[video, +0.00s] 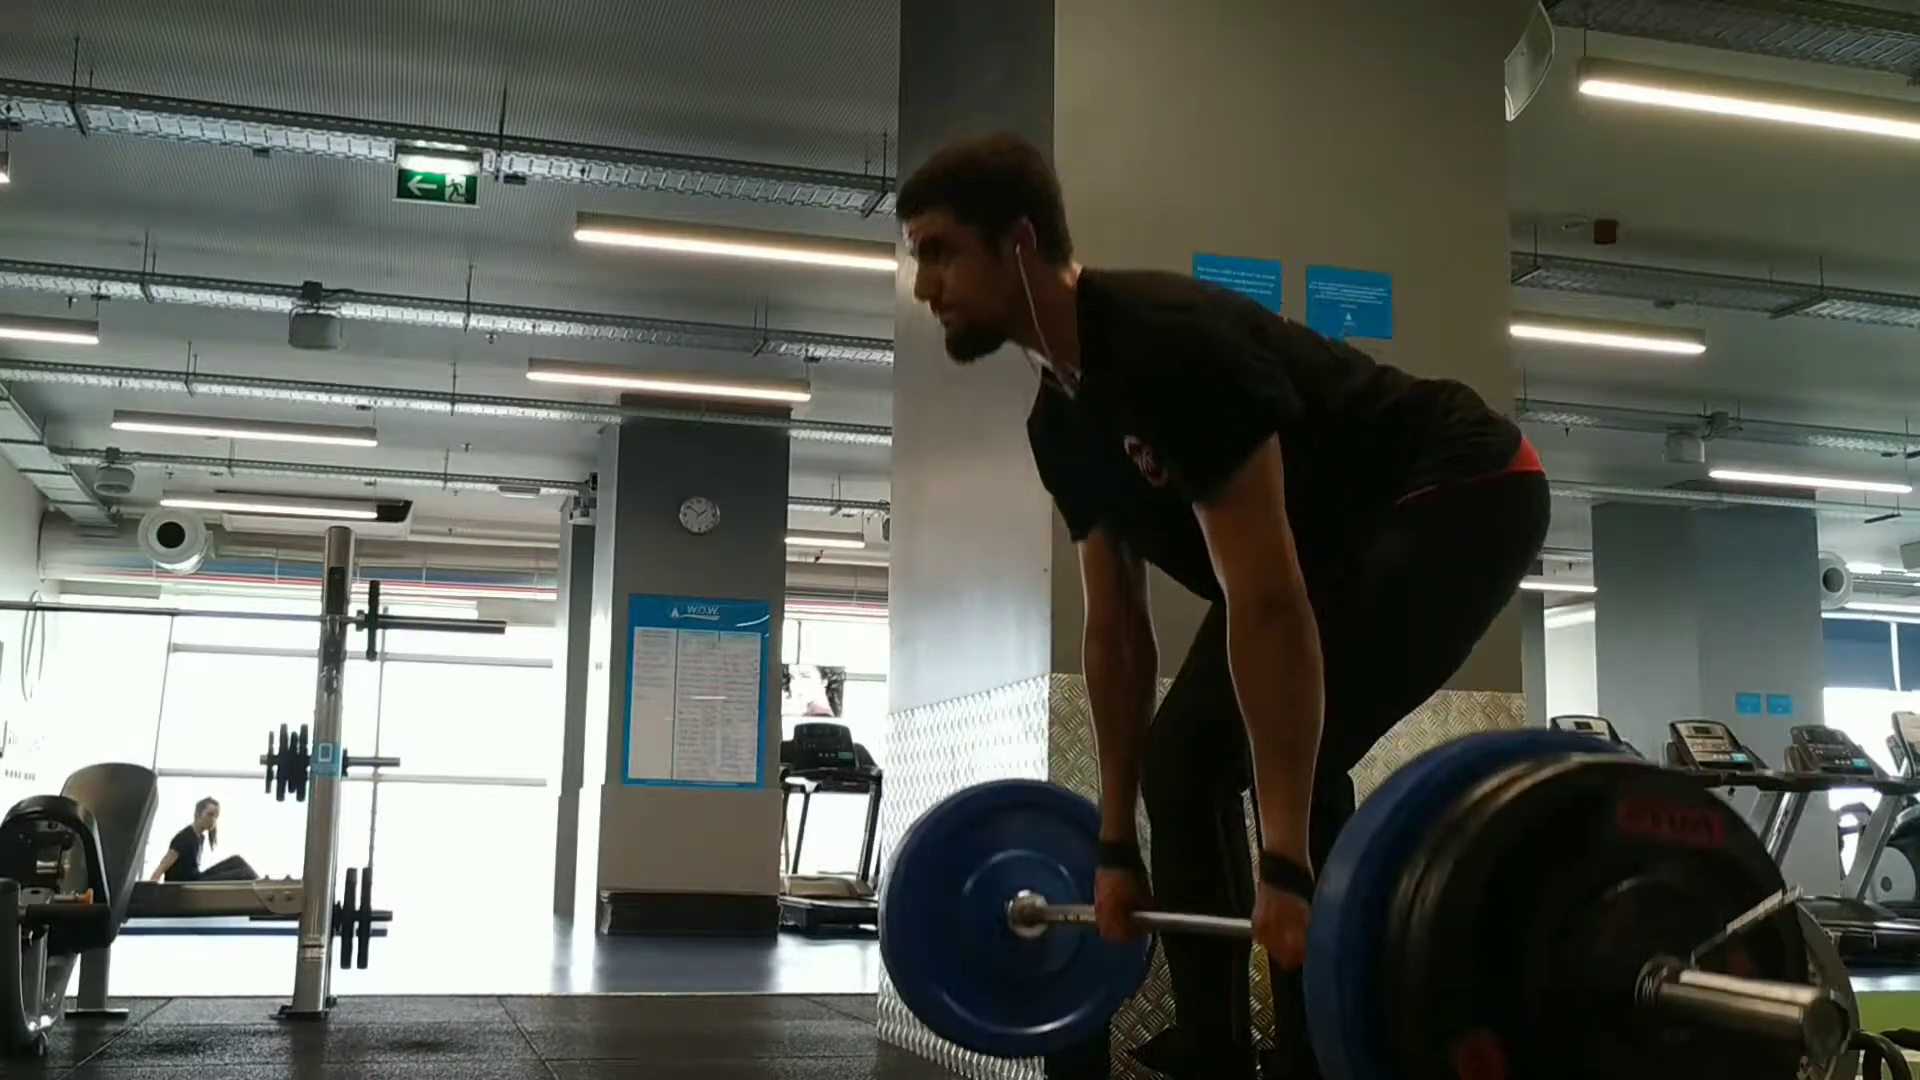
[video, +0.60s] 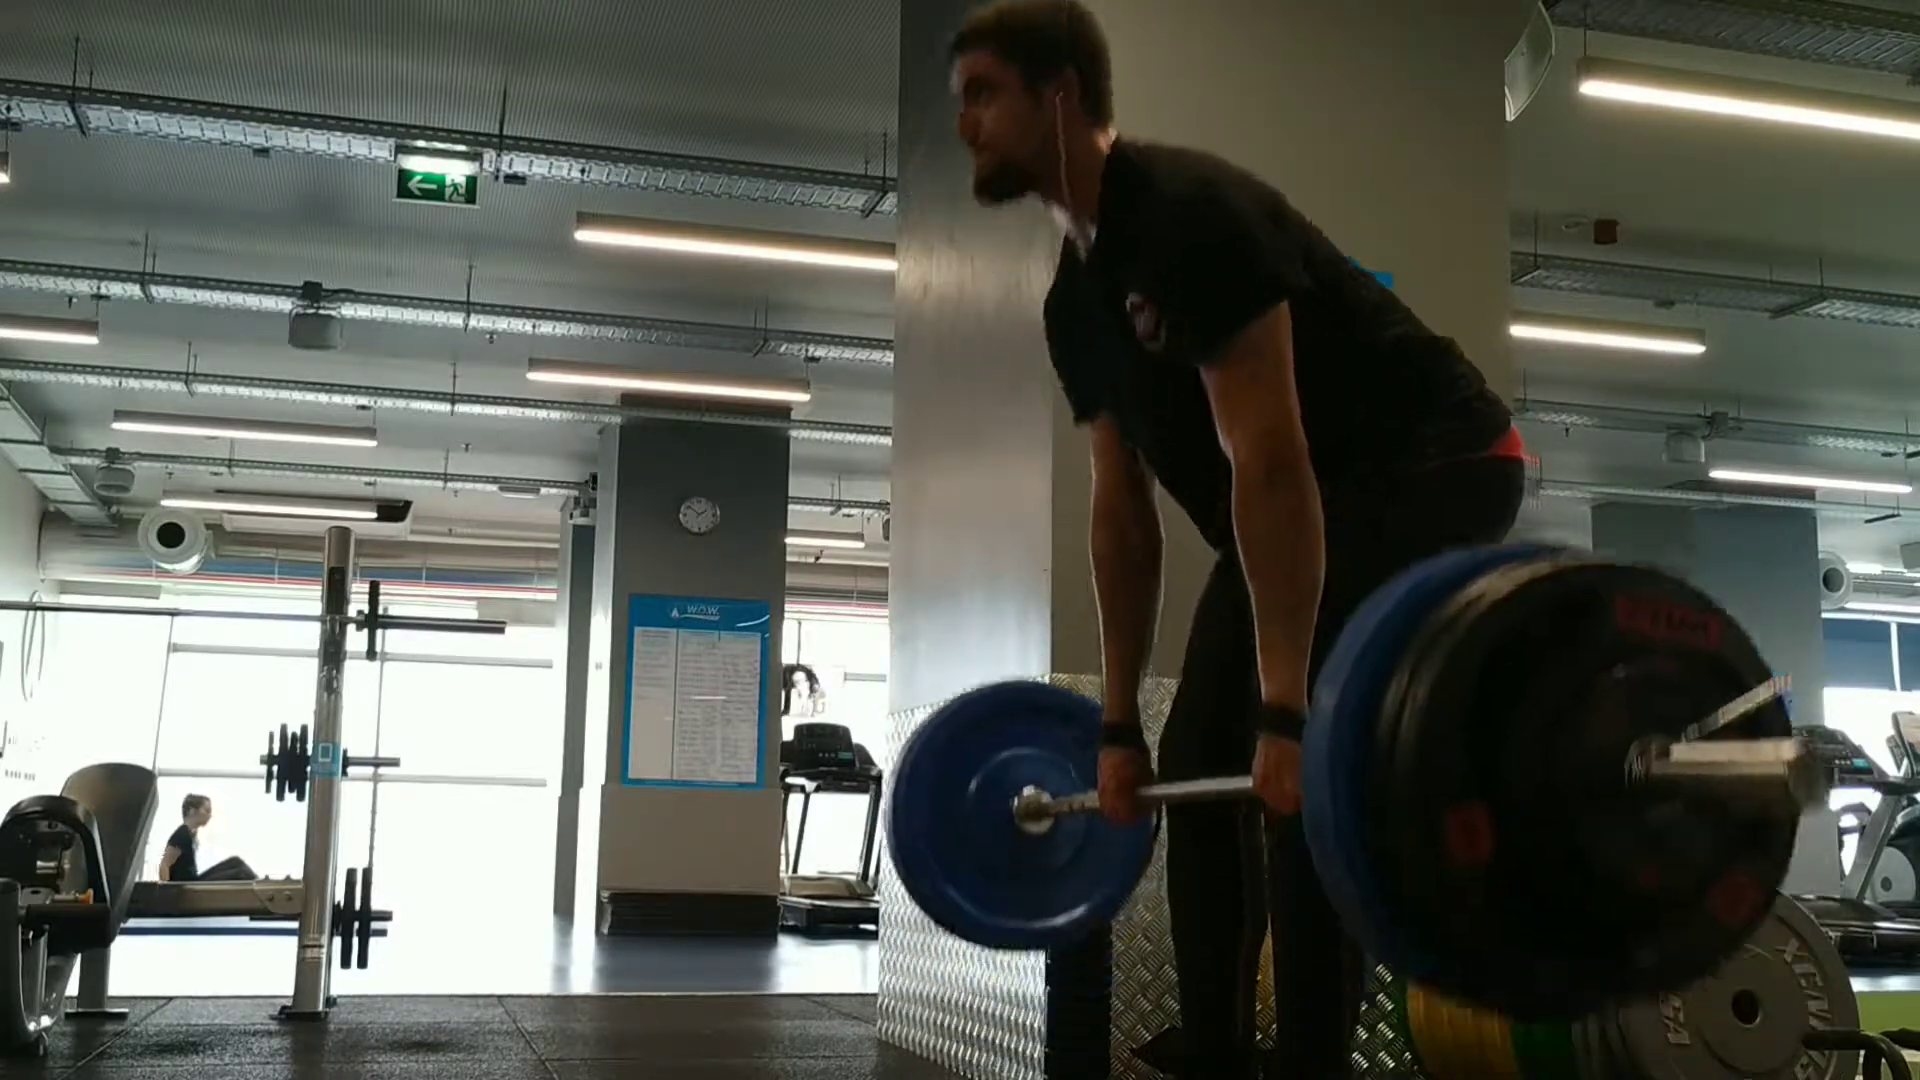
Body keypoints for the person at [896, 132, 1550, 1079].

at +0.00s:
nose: (922, 288)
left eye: (938, 255)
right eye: (918, 263)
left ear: (1020, 242)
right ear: (1012, 252)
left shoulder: (1172, 341)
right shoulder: (1061, 424)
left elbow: (1270, 605)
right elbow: (1114, 631)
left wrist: (1287, 868)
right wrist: (1116, 843)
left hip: (1458, 491)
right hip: (1318, 530)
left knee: (1295, 754)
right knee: (1179, 758)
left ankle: (1312, 1047)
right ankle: (1210, 1037)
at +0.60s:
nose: (963, 123)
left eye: (981, 95)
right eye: (960, 101)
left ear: (1064, 96)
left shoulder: (1192, 210)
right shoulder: (1072, 298)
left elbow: (1274, 465)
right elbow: (1121, 503)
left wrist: (1284, 714)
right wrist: (1120, 723)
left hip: (1426, 482)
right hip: (1289, 509)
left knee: (1314, 762)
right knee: (1201, 754)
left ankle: (1312, 1056)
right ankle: (1211, 1042)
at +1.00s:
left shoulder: (1322, 45)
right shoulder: (1188, 118)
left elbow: (1328, 285)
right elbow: (1165, 351)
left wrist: (1292, 503)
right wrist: (1128, 554)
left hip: (1279, 503)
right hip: (1190, 512)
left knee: (1281, 782)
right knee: (1197, 785)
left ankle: (1313, 1059)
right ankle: (1212, 1051)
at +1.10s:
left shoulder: (1360, 50)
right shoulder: (1230, 114)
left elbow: (1341, 282)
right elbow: (1181, 330)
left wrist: (1287, 496)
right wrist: (1129, 541)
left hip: (1270, 495)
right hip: (1183, 502)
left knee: (1285, 790)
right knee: (1199, 795)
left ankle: (1312, 1059)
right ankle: (1212, 1050)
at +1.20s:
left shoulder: (1376, 61)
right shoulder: (1270, 108)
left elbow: (1348, 288)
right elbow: (1199, 326)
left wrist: (1285, 503)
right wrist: (1127, 540)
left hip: (1263, 499)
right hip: (1184, 505)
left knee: (1281, 796)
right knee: (1193, 800)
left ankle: (1311, 1058)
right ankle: (1210, 1049)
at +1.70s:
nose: (1026, 26)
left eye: (1045, 4)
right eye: (1027, 12)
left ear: (1123, 8)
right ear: (1103, 24)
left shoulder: (1237, 129)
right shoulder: (1111, 202)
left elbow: (1294, 377)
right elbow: (1142, 425)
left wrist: (1293, 614)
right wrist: (1131, 643)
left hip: (1391, 497)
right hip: (1267, 513)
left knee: (1308, 763)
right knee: (1198, 756)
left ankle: (1316, 1060)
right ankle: (1213, 1046)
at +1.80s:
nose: (998, 77)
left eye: (1018, 42)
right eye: (992, 52)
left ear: (1095, 36)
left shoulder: (1216, 162)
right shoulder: (1099, 246)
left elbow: (1290, 417)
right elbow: (1138, 474)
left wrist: (1288, 662)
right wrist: (1127, 680)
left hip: (1418, 488)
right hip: (1289, 505)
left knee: (1320, 757)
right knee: (1210, 753)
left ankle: (1317, 1054)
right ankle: (1216, 1042)